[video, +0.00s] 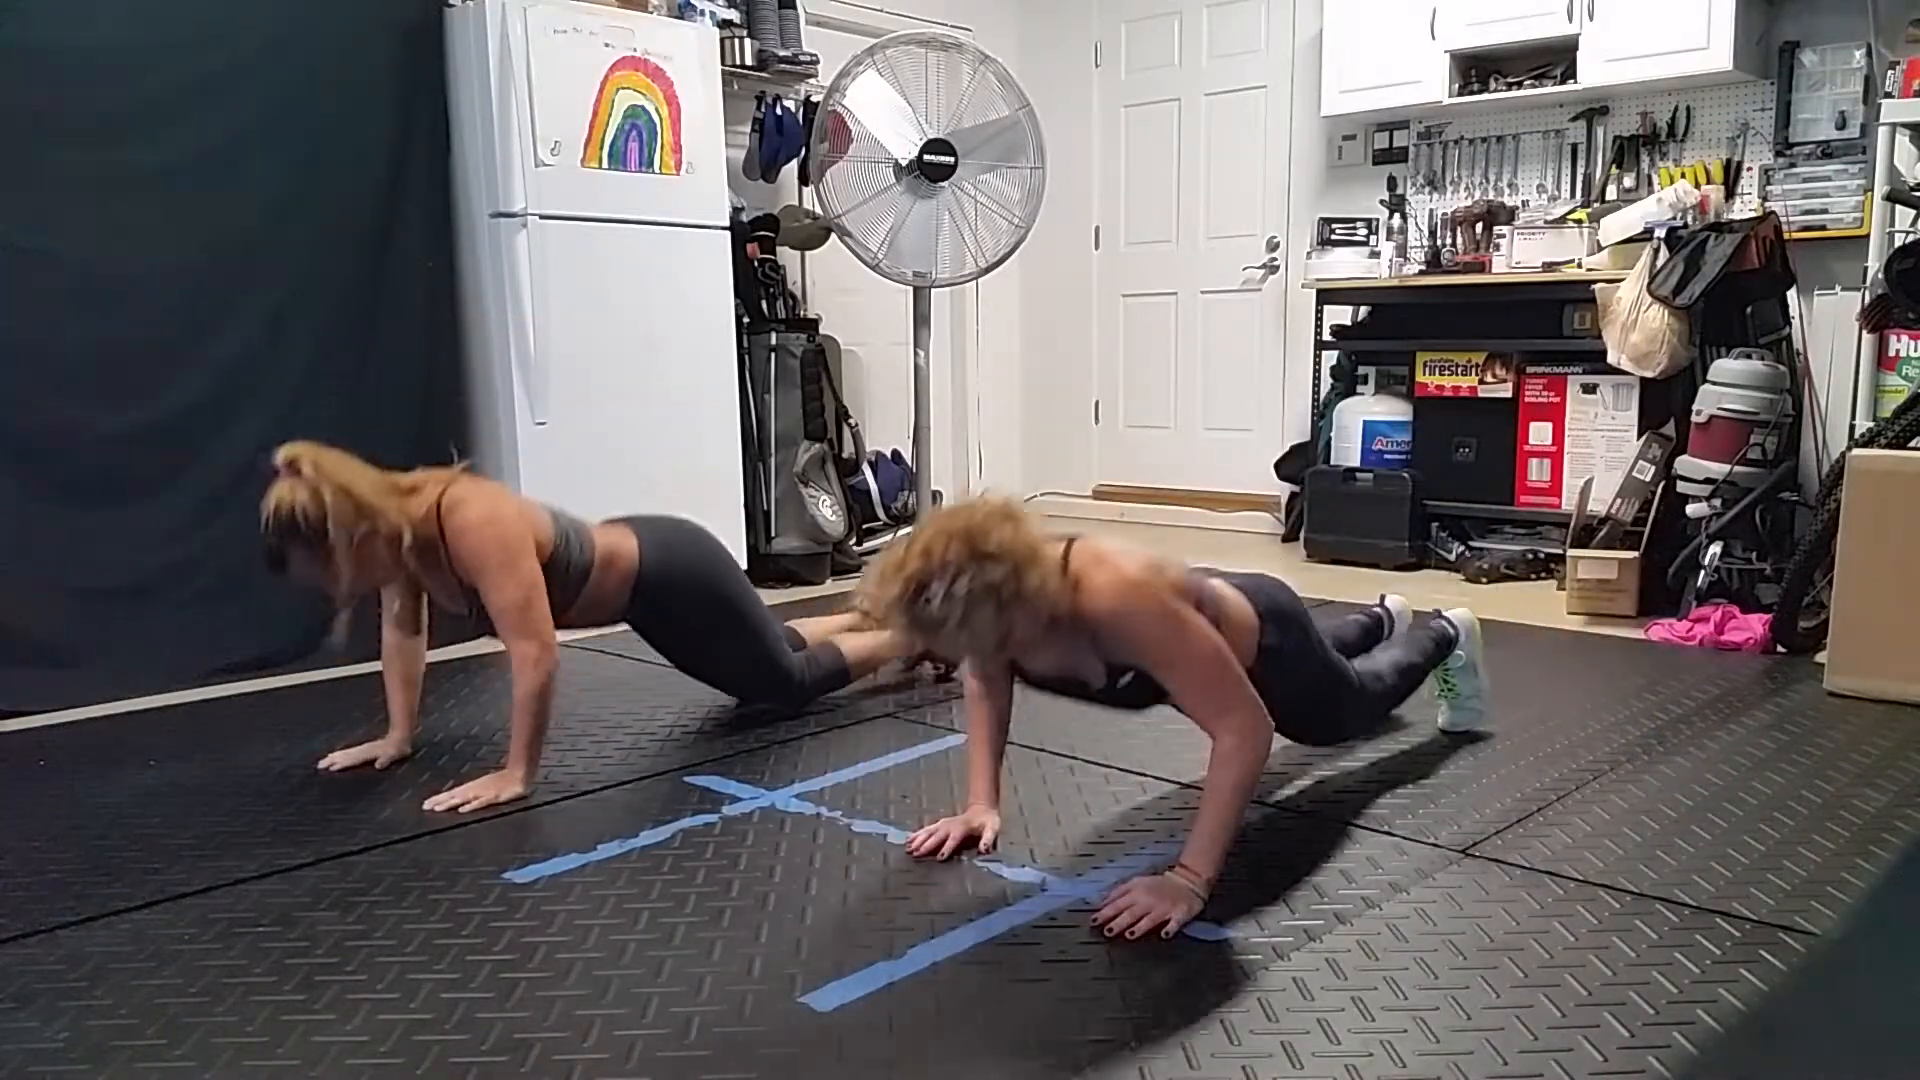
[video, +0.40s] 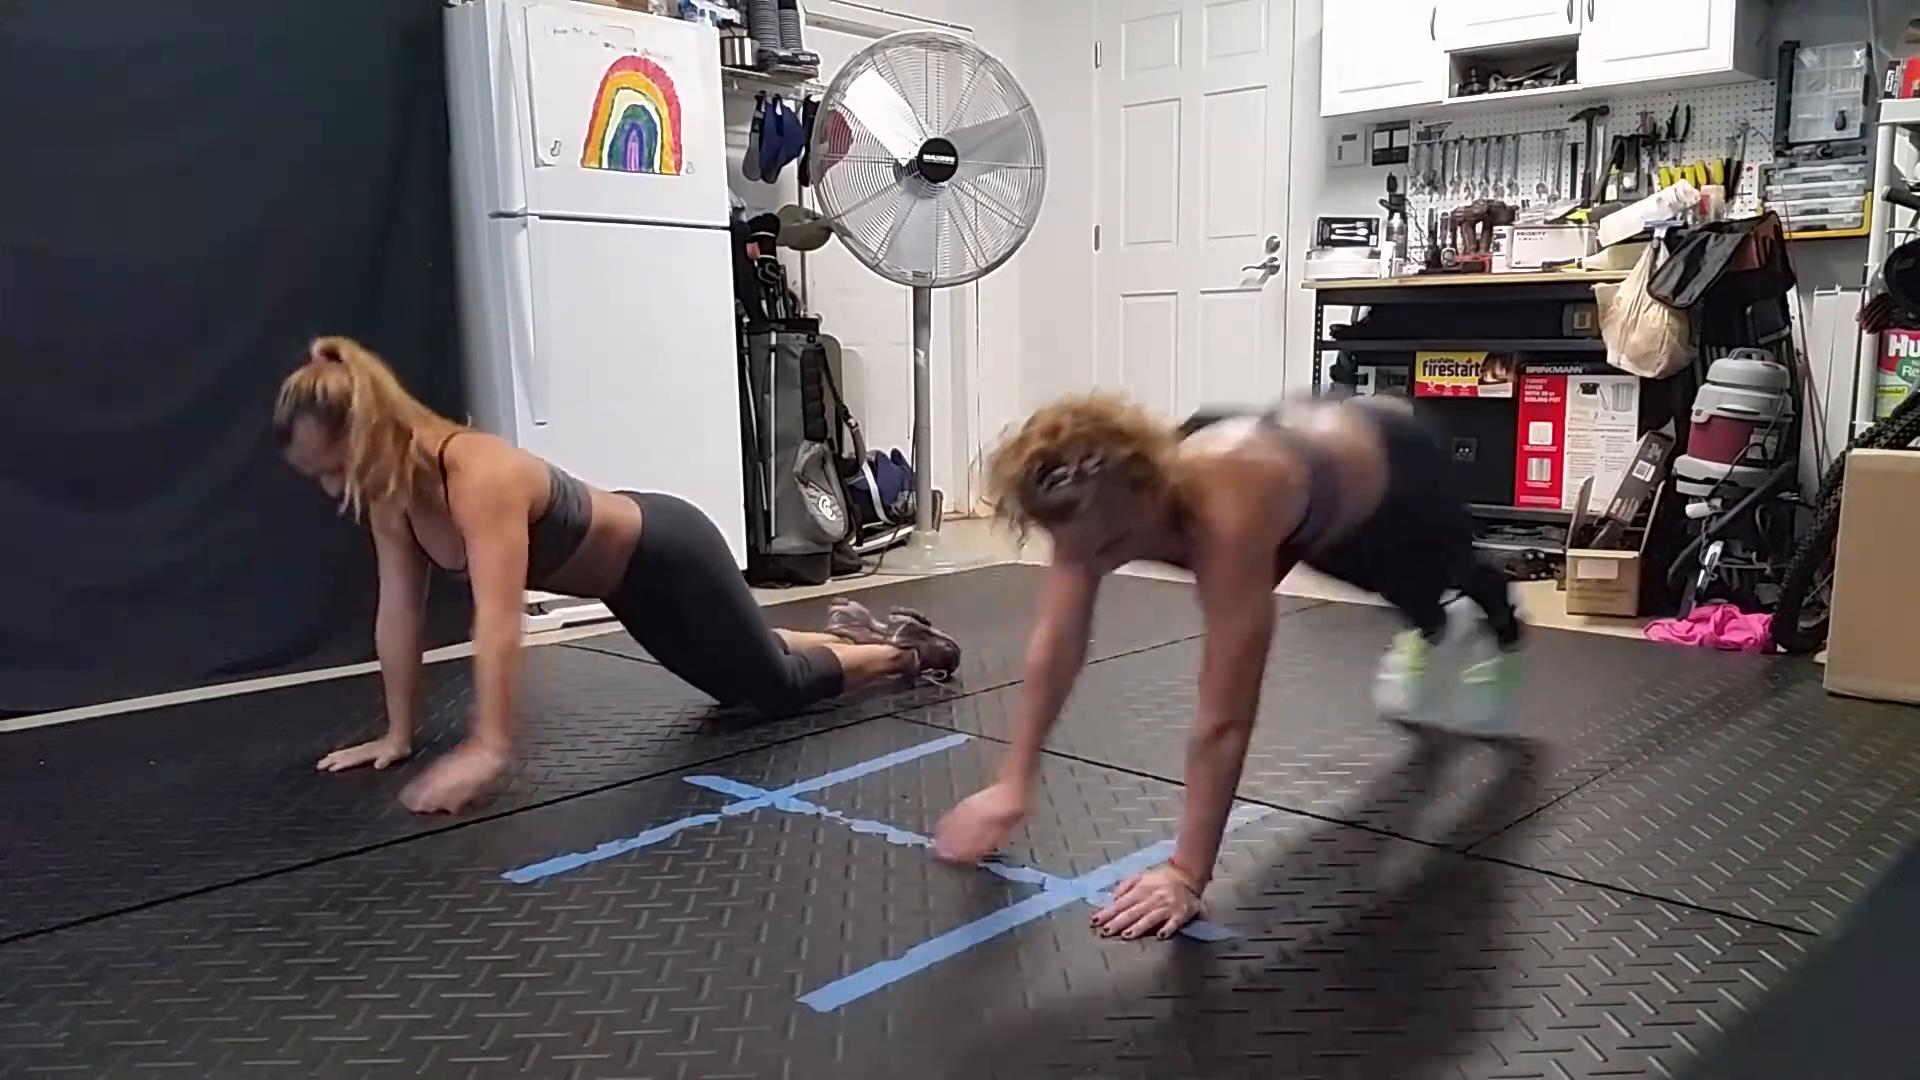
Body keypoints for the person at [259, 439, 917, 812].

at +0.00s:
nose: (331, 591)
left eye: (324, 573)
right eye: (318, 582)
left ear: (348, 536)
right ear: (342, 534)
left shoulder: (472, 519)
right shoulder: (397, 524)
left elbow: (535, 649)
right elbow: (404, 627)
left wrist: (517, 774)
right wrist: (398, 735)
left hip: (669, 576)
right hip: (636, 576)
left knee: (795, 679)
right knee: (771, 653)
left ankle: (918, 635)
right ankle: (883, 616)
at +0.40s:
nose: (329, 487)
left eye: (326, 469)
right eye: (316, 476)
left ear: (362, 430)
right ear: (336, 444)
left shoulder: (476, 474)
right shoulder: (392, 488)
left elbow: (501, 616)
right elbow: (399, 608)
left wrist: (489, 747)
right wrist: (396, 731)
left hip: (667, 556)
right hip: (628, 576)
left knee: (773, 681)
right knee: (740, 669)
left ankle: (895, 656)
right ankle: (844, 641)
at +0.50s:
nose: (337, 483)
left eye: (340, 463)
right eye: (323, 471)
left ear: (379, 425)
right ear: (321, 454)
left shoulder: (481, 457)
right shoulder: (388, 486)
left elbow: (425, 588)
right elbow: (400, 591)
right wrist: (396, 723)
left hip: (669, 554)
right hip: (629, 580)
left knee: (778, 686)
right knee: (742, 669)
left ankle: (896, 657)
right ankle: (844, 638)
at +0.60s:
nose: (326, 424)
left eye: (334, 409)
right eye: (316, 415)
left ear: (383, 402)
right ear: (339, 429)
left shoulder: (474, 442)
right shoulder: (398, 497)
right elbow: (399, 615)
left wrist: (259, 447)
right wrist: (396, 734)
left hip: (673, 554)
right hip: (630, 586)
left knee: (783, 681)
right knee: (747, 669)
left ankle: (892, 659)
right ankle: (851, 638)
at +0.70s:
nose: (342, 488)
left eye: (338, 472)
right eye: (327, 480)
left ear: (370, 427)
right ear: (338, 459)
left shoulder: (458, 439)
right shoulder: (398, 500)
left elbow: (368, 385)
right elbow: (398, 612)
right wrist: (399, 734)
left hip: (668, 553)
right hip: (626, 582)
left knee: (781, 683)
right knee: (756, 662)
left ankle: (904, 656)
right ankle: (870, 645)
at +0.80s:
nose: (340, 483)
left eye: (336, 465)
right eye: (324, 476)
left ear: (368, 426)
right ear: (332, 456)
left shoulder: (462, 431)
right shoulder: (394, 501)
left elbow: (371, 384)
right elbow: (398, 613)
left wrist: (245, 343)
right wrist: (398, 735)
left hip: (668, 554)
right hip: (624, 587)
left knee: (782, 684)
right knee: (758, 670)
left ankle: (900, 656)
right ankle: (869, 648)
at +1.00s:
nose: (334, 491)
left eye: (332, 471)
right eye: (317, 484)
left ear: (365, 425)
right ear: (318, 472)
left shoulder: (469, 449)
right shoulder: (386, 496)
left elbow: (483, 568)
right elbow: (396, 609)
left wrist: (412, 658)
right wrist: (398, 735)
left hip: (659, 560)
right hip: (619, 592)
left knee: (782, 678)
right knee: (743, 670)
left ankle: (898, 656)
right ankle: (849, 640)